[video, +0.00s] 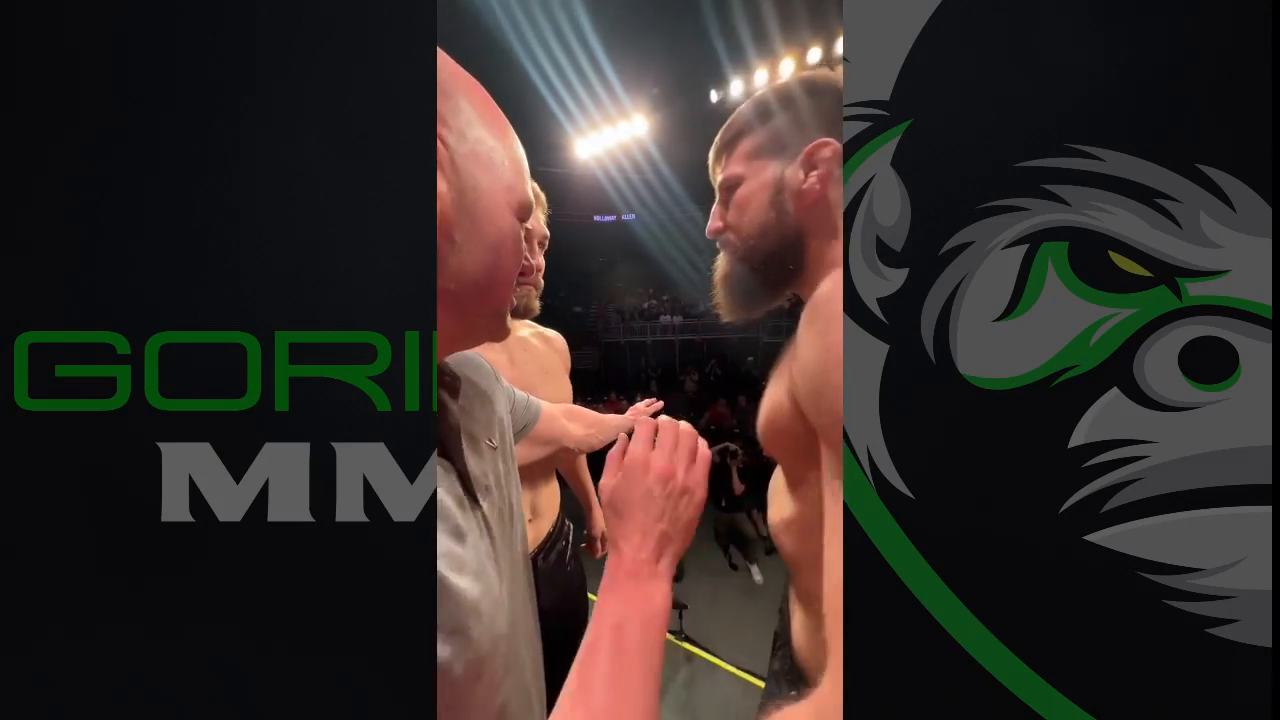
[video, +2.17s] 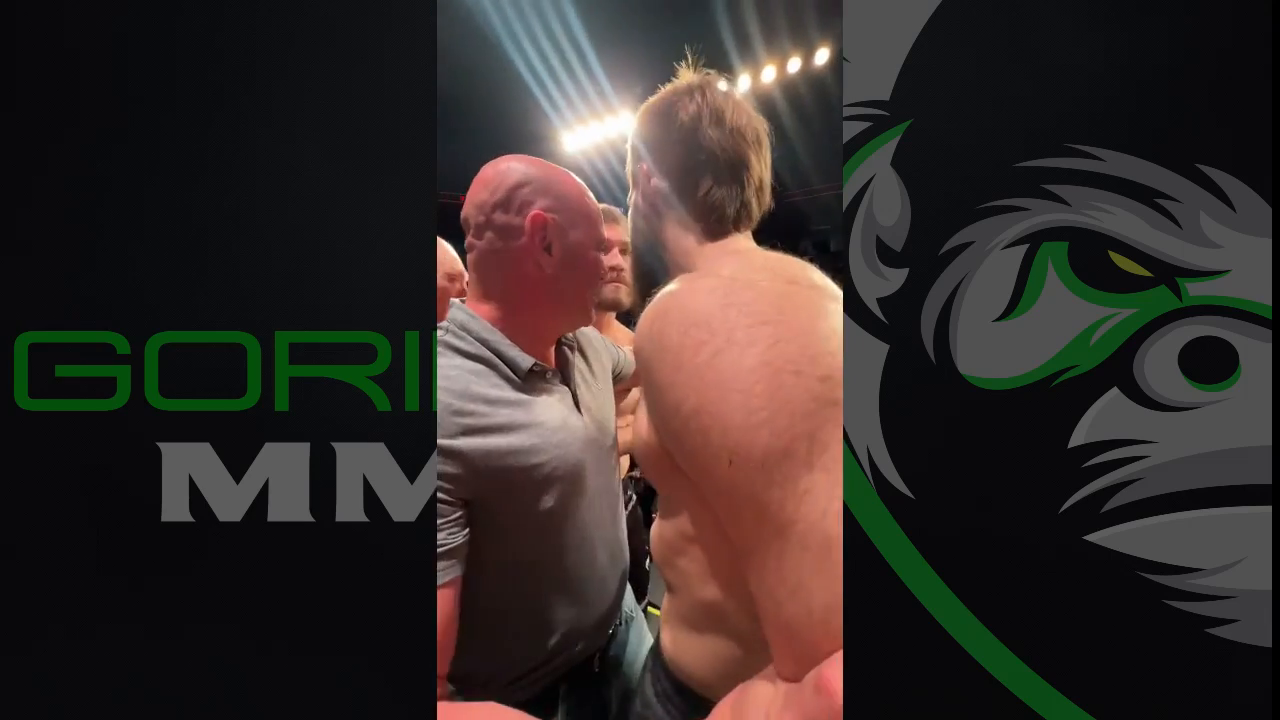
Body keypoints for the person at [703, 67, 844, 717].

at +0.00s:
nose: (712, 224)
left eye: (730, 189)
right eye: (715, 197)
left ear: (817, 171)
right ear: (816, 173)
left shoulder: (836, 318)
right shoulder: (821, 314)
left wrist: (831, 698)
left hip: (822, 694)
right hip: (808, 679)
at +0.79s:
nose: (677, 214)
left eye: (689, 172)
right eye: (682, 179)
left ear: (763, 150)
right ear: (763, 153)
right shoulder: (802, 312)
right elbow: (791, 597)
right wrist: (773, 693)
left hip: (801, 700)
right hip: (797, 685)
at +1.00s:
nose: (658, 215)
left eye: (659, 171)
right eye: (654, 178)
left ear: (720, 139)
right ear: (724, 141)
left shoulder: (802, 343)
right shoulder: (796, 301)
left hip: (801, 710)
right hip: (768, 686)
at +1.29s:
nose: (638, 226)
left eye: (639, 196)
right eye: (635, 197)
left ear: (683, 179)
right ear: (767, 169)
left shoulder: (814, 347)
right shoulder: (758, 304)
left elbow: (919, 562)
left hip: (800, 711)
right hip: (730, 678)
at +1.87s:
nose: (638, 238)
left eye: (636, 212)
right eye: (635, 214)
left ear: (666, 206)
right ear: (743, 202)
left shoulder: (746, 332)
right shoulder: (807, 288)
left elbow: (881, 536)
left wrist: (819, 678)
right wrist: (667, 370)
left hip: (733, 664)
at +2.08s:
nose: (632, 206)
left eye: (632, 186)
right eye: (629, 188)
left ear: (652, 187)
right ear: (753, 185)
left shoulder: (689, 318)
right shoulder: (815, 288)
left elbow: (808, 530)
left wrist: (829, 687)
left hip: (704, 685)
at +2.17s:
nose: (630, 196)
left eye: (629, 178)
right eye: (627, 180)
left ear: (648, 182)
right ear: (758, 180)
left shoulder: (672, 318)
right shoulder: (818, 286)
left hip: (701, 683)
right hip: (808, 684)